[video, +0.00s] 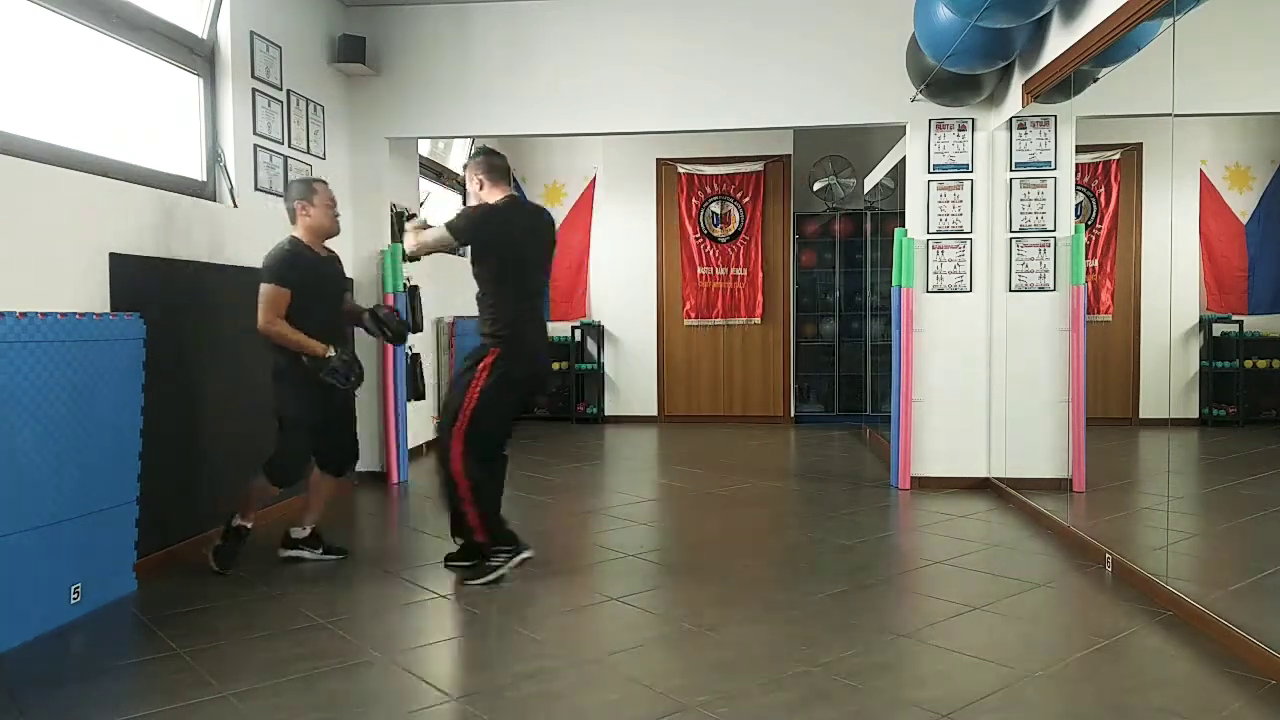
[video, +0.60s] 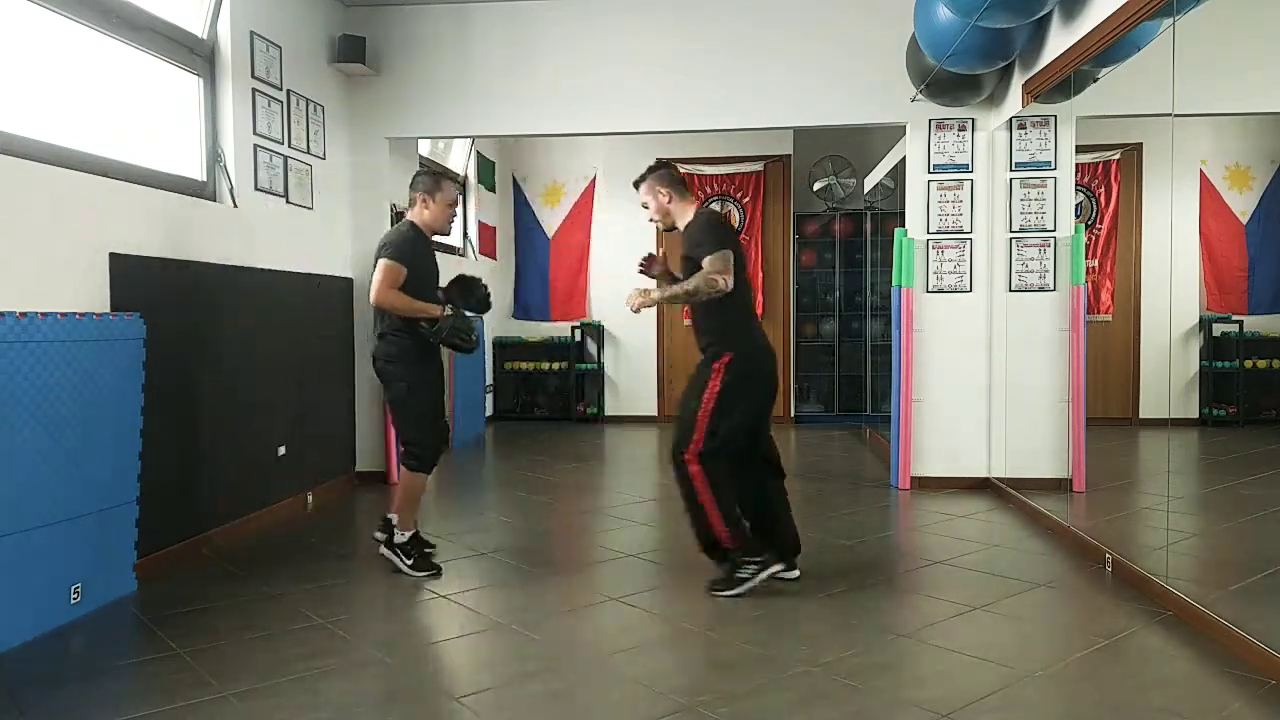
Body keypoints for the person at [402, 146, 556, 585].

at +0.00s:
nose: (467, 192)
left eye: (467, 184)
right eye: (467, 185)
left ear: (479, 180)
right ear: (509, 178)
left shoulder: (479, 218)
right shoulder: (543, 218)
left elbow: (415, 245)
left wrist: (416, 229)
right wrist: (446, 233)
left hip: (501, 351)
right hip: (533, 350)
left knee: (455, 441)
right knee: (488, 444)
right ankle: (478, 543)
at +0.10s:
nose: (495, 184)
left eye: (495, 177)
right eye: (496, 178)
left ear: (505, 173)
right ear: (535, 170)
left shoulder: (503, 209)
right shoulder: (571, 206)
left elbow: (454, 267)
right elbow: (582, 266)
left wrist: (470, 255)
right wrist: (534, 257)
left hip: (532, 340)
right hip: (568, 337)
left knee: (520, 443)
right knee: (531, 436)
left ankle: (576, 544)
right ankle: (503, 533)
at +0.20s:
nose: (523, 198)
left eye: (522, 190)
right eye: (521, 191)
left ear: (534, 183)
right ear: (562, 180)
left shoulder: (540, 223)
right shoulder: (602, 223)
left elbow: (507, 296)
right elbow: (586, 282)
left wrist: (518, 295)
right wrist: (533, 289)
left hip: (569, 357)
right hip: (605, 355)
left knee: (545, 456)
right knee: (573, 448)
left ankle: (587, 558)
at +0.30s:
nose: (554, 205)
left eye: (553, 196)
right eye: (552, 198)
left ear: (563, 189)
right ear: (591, 185)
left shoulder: (580, 226)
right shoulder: (625, 224)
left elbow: (574, 300)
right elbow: (612, 272)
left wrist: (556, 314)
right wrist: (568, 246)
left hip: (599, 364)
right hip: (637, 361)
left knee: (568, 459)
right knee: (629, 451)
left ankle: (588, 560)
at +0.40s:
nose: (584, 205)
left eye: (584, 195)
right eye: (582, 196)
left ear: (597, 186)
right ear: (613, 184)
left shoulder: (631, 216)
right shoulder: (643, 220)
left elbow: (650, 271)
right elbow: (629, 288)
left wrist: (605, 304)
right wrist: (602, 254)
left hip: (645, 354)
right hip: (675, 352)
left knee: (604, 452)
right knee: (689, 452)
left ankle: (592, 559)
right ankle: (753, 541)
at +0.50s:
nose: (618, 212)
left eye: (617, 202)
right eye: (614, 203)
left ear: (632, 192)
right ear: (640, 192)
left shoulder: (672, 219)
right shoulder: (663, 233)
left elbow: (699, 266)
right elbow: (662, 298)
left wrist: (641, 299)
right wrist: (633, 265)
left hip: (692, 356)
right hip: (718, 355)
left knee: (639, 447)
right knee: (733, 457)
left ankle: (638, 558)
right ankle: (777, 553)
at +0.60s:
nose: (649, 213)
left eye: (648, 204)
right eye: (645, 206)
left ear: (666, 195)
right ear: (671, 195)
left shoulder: (704, 226)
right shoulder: (696, 231)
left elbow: (720, 279)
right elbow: (709, 288)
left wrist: (658, 295)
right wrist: (670, 276)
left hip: (732, 358)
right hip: (746, 357)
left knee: (691, 453)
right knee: (752, 455)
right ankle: (781, 555)